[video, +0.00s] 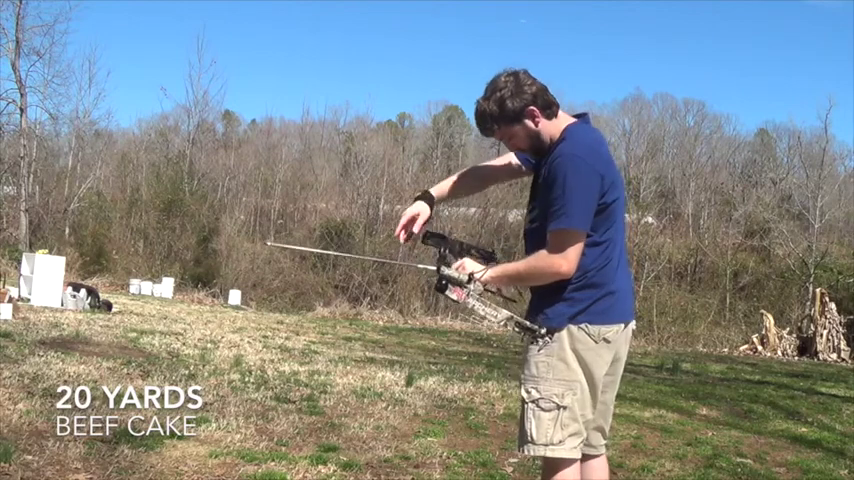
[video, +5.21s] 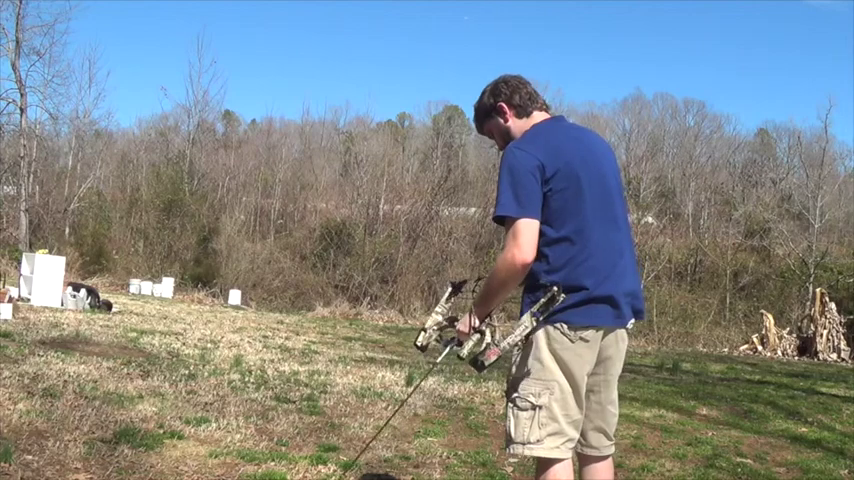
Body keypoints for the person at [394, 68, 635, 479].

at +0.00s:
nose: (509, 147)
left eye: (507, 138)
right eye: (502, 141)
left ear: (532, 115)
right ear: (535, 113)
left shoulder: (572, 155)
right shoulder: (574, 141)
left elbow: (561, 262)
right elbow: (491, 171)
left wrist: (486, 275)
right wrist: (428, 198)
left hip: (574, 321)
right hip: (601, 319)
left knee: (559, 452)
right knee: (591, 447)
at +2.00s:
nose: (502, 166)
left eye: (498, 159)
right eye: (495, 163)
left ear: (514, 132)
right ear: (515, 127)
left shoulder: (566, 159)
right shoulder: (556, 149)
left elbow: (563, 263)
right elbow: (495, 202)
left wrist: (490, 278)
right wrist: (437, 234)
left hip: (572, 319)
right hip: (591, 315)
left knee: (557, 449)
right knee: (585, 444)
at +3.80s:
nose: (495, 143)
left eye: (494, 131)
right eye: (489, 136)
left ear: (520, 110)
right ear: (524, 110)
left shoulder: (558, 156)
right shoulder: (568, 142)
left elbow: (545, 260)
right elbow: (514, 201)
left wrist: (473, 282)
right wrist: (469, 196)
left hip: (567, 320)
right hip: (600, 316)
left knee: (554, 451)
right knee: (587, 444)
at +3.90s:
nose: (494, 140)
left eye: (492, 127)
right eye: (489, 130)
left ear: (519, 108)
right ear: (525, 107)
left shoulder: (555, 153)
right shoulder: (580, 139)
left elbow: (536, 262)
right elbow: (566, 219)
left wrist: (466, 289)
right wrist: (508, 199)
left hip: (566, 317)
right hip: (604, 314)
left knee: (555, 450)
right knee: (587, 443)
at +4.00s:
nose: (494, 138)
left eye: (491, 125)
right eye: (487, 129)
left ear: (517, 106)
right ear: (524, 105)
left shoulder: (549, 153)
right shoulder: (583, 139)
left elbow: (529, 259)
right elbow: (585, 240)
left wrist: (460, 295)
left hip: (564, 320)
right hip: (605, 316)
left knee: (555, 451)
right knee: (588, 444)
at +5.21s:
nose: (499, 147)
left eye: (494, 136)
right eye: (492, 140)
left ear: (505, 111)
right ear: (541, 107)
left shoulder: (526, 151)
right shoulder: (596, 144)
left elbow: (520, 254)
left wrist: (477, 314)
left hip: (565, 311)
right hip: (618, 307)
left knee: (553, 450)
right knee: (598, 448)